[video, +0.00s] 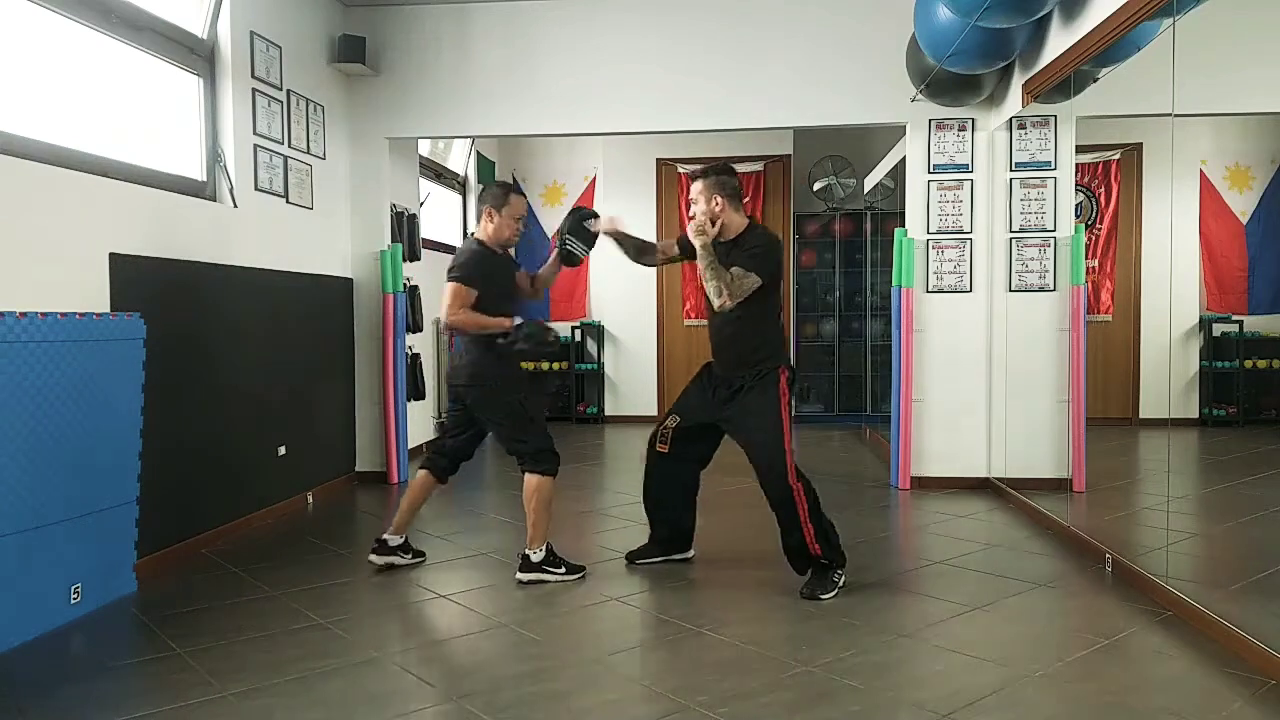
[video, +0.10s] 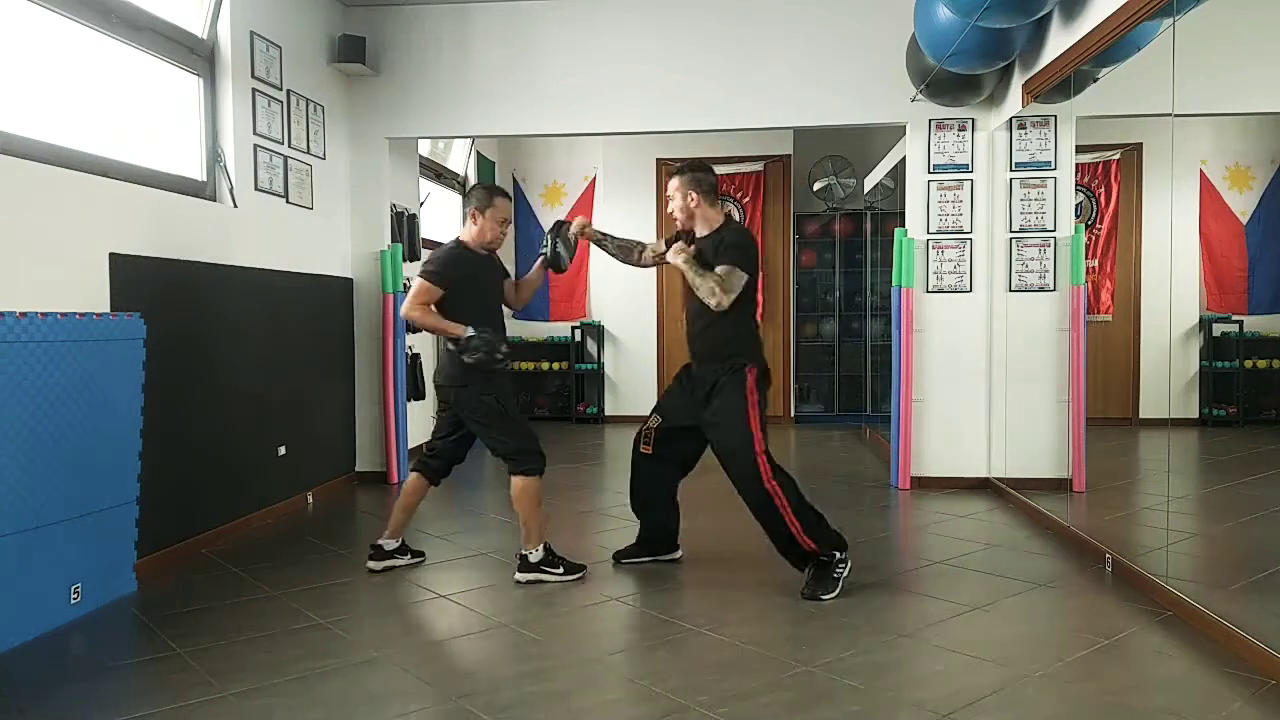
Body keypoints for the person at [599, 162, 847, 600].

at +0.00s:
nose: (692, 211)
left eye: (696, 203)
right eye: (691, 205)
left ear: (722, 203)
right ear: (719, 204)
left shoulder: (763, 245)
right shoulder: (708, 239)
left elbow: (723, 295)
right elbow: (652, 254)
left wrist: (702, 242)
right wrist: (615, 231)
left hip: (763, 380)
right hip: (719, 377)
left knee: (778, 474)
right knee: (668, 447)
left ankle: (826, 562)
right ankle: (671, 541)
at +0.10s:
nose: (668, 209)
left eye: (672, 200)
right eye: (667, 201)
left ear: (695, 199)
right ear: (694, 200)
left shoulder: (738, 239)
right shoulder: (690, 242)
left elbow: (720, 295)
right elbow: (642, 255)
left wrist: (685, 261)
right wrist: (591, 233)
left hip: (737, 375)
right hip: (699, 375)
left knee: (754, 472)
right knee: (651, 449)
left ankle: (828, 554)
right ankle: (658, 541)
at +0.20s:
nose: (652, 206)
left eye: (654, 198)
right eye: (651, 199)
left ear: (676, 198)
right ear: (684, 199)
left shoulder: (698, 228)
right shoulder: (690, 239)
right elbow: (658, 277)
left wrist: (635, 234)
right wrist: (633, 240)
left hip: (716, 368)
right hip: (690, 371)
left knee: (737, 473)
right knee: (647, 450)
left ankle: (819, 548)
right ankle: (651, 542)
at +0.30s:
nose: (637, 210)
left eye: (643, 203)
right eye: (639, 204)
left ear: (666, 203)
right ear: (675, 204)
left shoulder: (684, 228)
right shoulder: (695, 243)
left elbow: (626, 225)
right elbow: (657, 276)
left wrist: (586, 226)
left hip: (706, 374)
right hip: (683, 376)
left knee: (724, 484)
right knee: (641, 450)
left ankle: (810, 555)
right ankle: (650, 541)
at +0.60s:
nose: (618, 210)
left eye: (621, 203)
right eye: (621, 203)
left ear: (633, 200)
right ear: (649, 203)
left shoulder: (641, 223)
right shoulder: (679, 243)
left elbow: (576, 215)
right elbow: (667, 304)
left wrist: (616, 187)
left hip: (685, 369)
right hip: (662, 369)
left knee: (684, 474)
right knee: (630, 448)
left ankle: (750, 562)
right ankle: (647, 541)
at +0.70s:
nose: (625, 193)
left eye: (631, 186)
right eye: (619, 189)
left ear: (644, 193)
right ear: (620, 201)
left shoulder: (655, 223)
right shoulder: (646, 248)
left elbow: (587, 250)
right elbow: (650, 324)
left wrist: (605, 203)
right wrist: (607, 309)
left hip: (688, 364)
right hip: (653, 367)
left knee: (676, 464)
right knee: (620, 451)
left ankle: (719, 565)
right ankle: (647, 541)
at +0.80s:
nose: (610, 200)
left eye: (614, 191)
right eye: (608, 195)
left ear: (633, 191)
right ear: (619, 200)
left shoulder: (675, 226)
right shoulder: (622, 249)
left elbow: (628, 257)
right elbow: (566, 283)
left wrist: (616, 211)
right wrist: (547, 238)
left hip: (691, 371)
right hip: (650, 373)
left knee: (680, 472)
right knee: (607, 456)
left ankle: (720, 568)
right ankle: (642, 532)